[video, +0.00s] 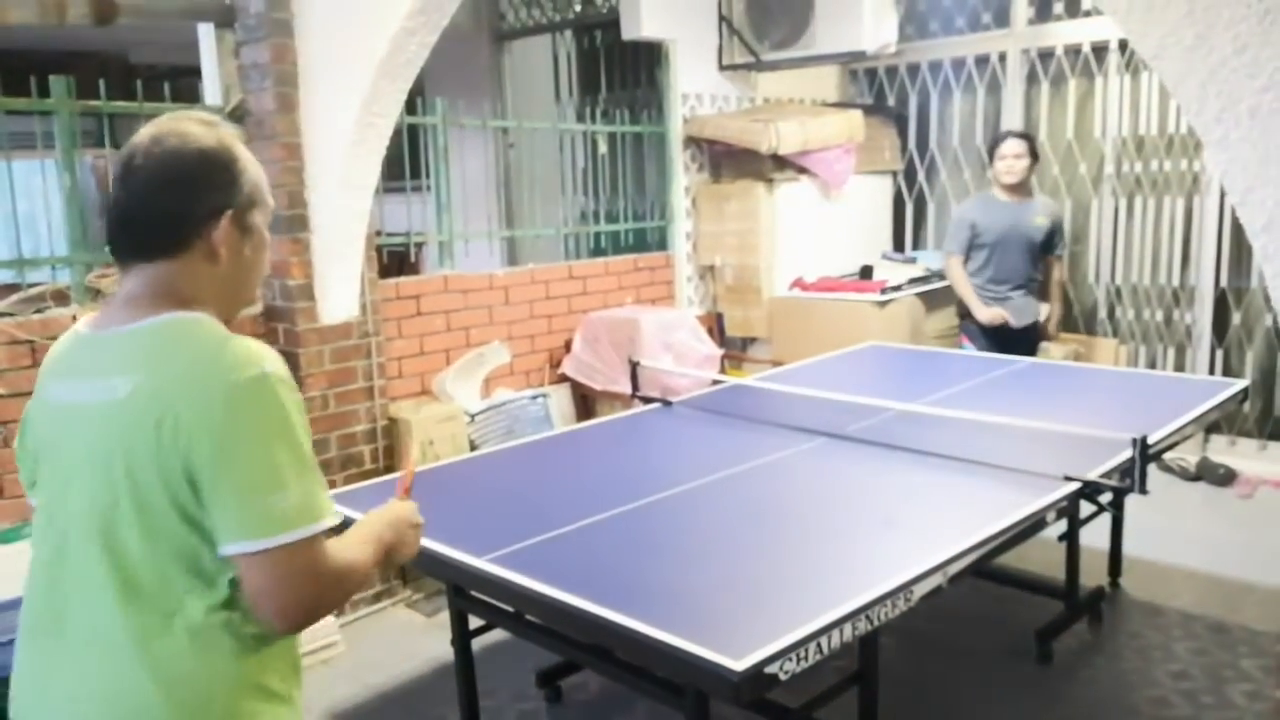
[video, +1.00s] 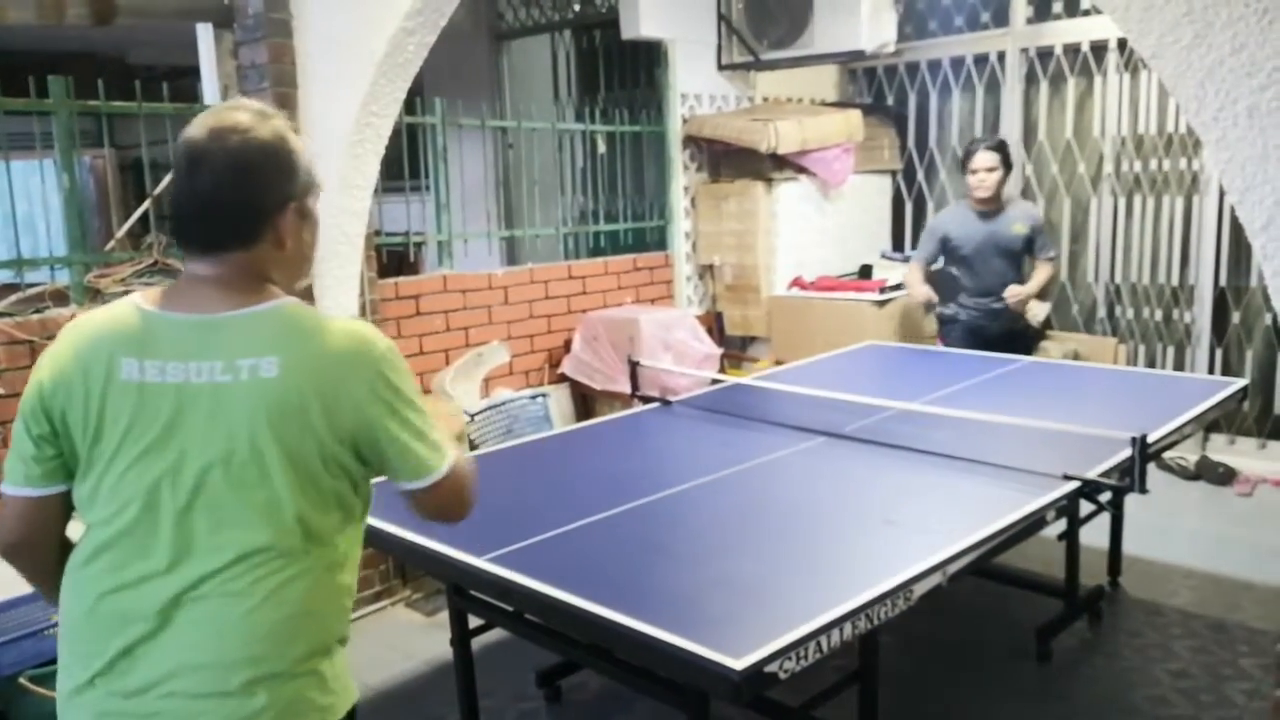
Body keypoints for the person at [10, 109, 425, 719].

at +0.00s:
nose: (271, 251)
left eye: (271, 229)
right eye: (266, 228)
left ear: (133, 229)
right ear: (223, 234)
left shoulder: (66, 357)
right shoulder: (235, 371)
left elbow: (41, 490)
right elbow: (286, 597)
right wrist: (379, 537)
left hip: (49, 695)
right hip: (200, 702)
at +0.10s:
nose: (277, 251)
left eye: (279, 230)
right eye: (274, 228)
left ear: (136, 232)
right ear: (232, 231)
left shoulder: (71, 359)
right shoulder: (257, 364)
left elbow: (49, 490)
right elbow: (328, 581)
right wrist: (396, 522)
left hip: (68, 696)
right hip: (229, 701)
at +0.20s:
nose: (290, 254)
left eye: (293, 231)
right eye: (288, 229)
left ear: (154, 227)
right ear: (253, 227)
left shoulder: (80, 357)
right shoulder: (282, 356)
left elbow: (68, 495)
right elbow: (385, 558)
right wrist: (435, 502)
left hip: (85, 697)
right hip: (253, 701)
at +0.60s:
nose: (341, 248)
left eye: (343, 231)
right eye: (344, 229)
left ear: (219, 219)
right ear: (327, 227)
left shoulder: (108, 344)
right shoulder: (358, 348)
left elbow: (68, 523)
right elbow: (454, 537)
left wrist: (173, 507)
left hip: (118, 697)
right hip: (294, 696)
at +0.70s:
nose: (348, 243)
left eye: (350, 224)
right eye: (349, 223)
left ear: (225, 215)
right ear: (325, 223)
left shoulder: (109, 341)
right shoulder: (361, 344)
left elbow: (55, 524)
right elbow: (490, 502)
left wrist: (164, 543)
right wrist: (508, 457)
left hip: (118, 699)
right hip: (290, 699)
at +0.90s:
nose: (334, 234)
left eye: (333, 214)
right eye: (332, 214)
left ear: (205, 215)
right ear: (308, 224)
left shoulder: (96, 347)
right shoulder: (358, 352)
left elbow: (36, 533)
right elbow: (489, 478)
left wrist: (122, 591)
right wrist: (481, 401)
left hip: (106, 701)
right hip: (281, 700)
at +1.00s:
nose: (315, 223)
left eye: (313, 204)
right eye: (311, 206)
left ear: (183, 215)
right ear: (287, 223)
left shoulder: (83, 346)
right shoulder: (345, 353)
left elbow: (23, 533)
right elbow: (449, 501)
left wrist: (99, 603)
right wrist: (448, 425)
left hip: (101, 697)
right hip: (276, 697)